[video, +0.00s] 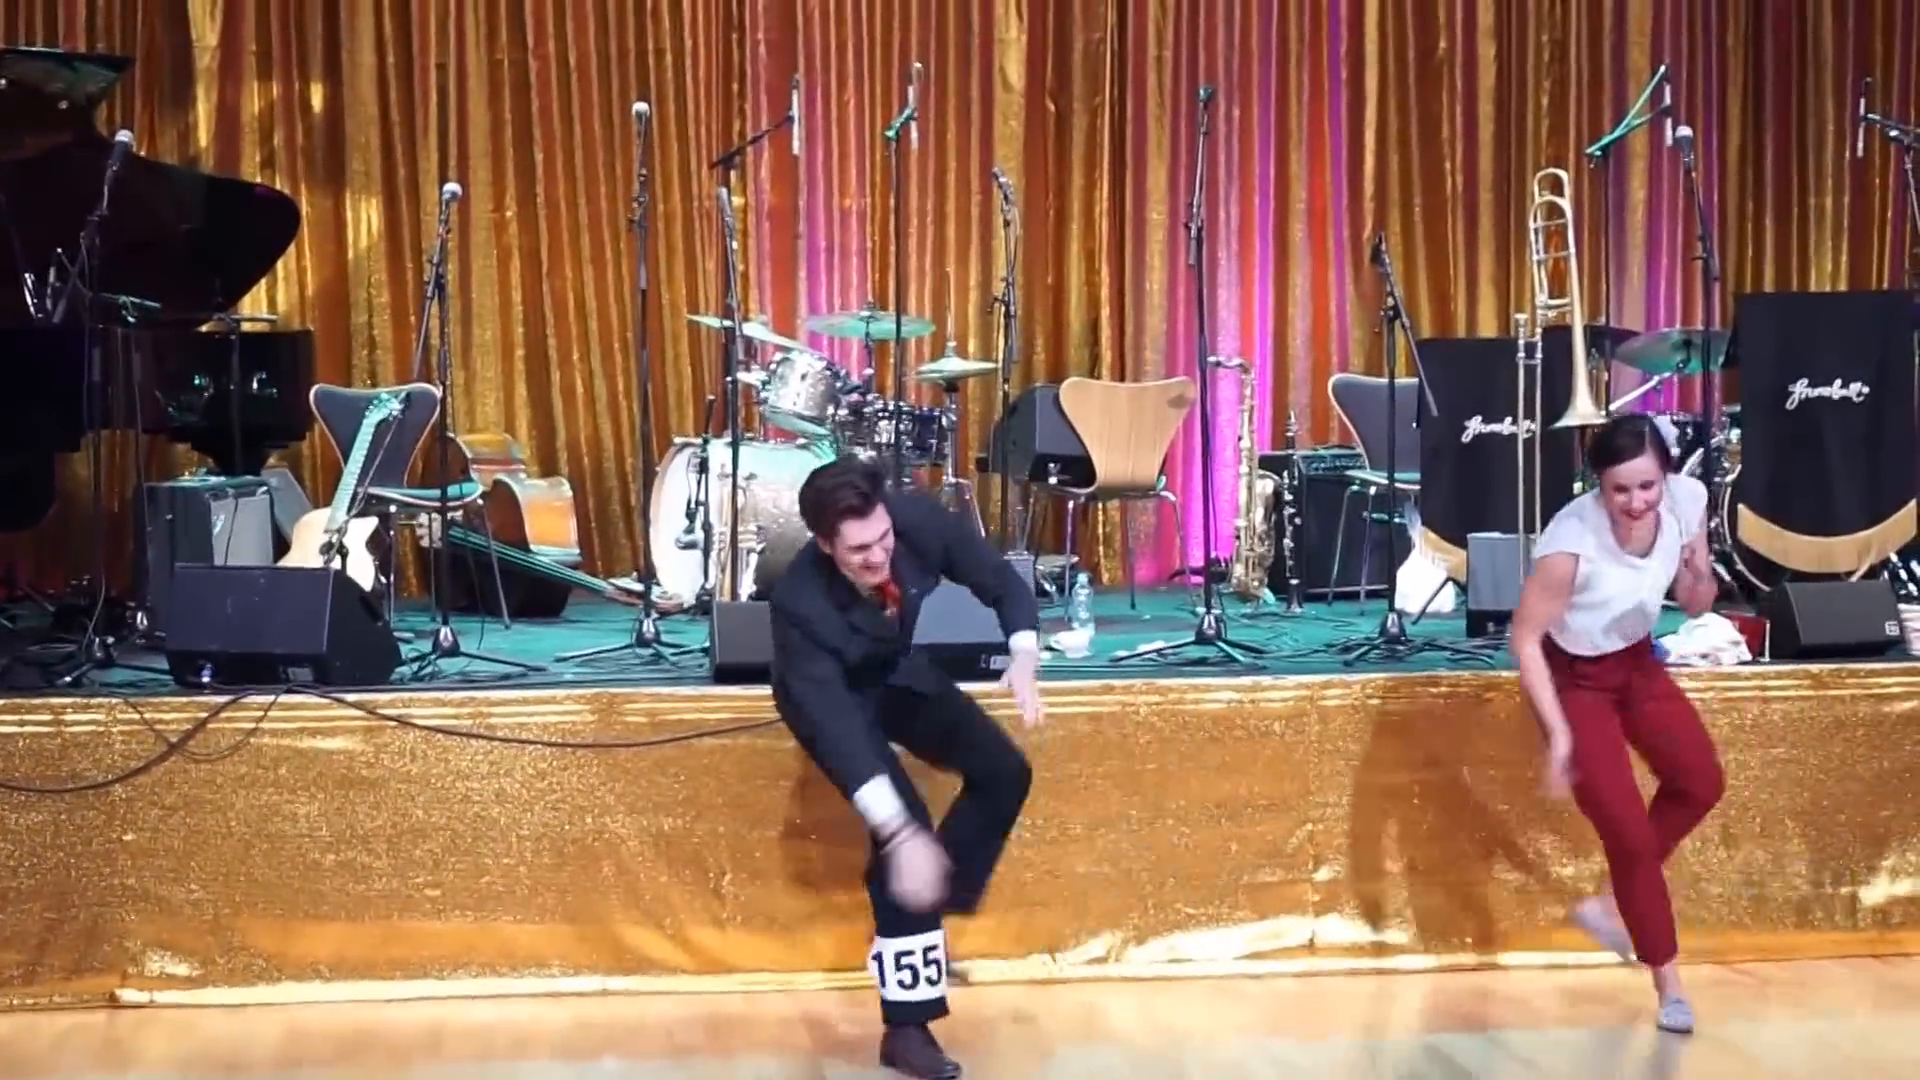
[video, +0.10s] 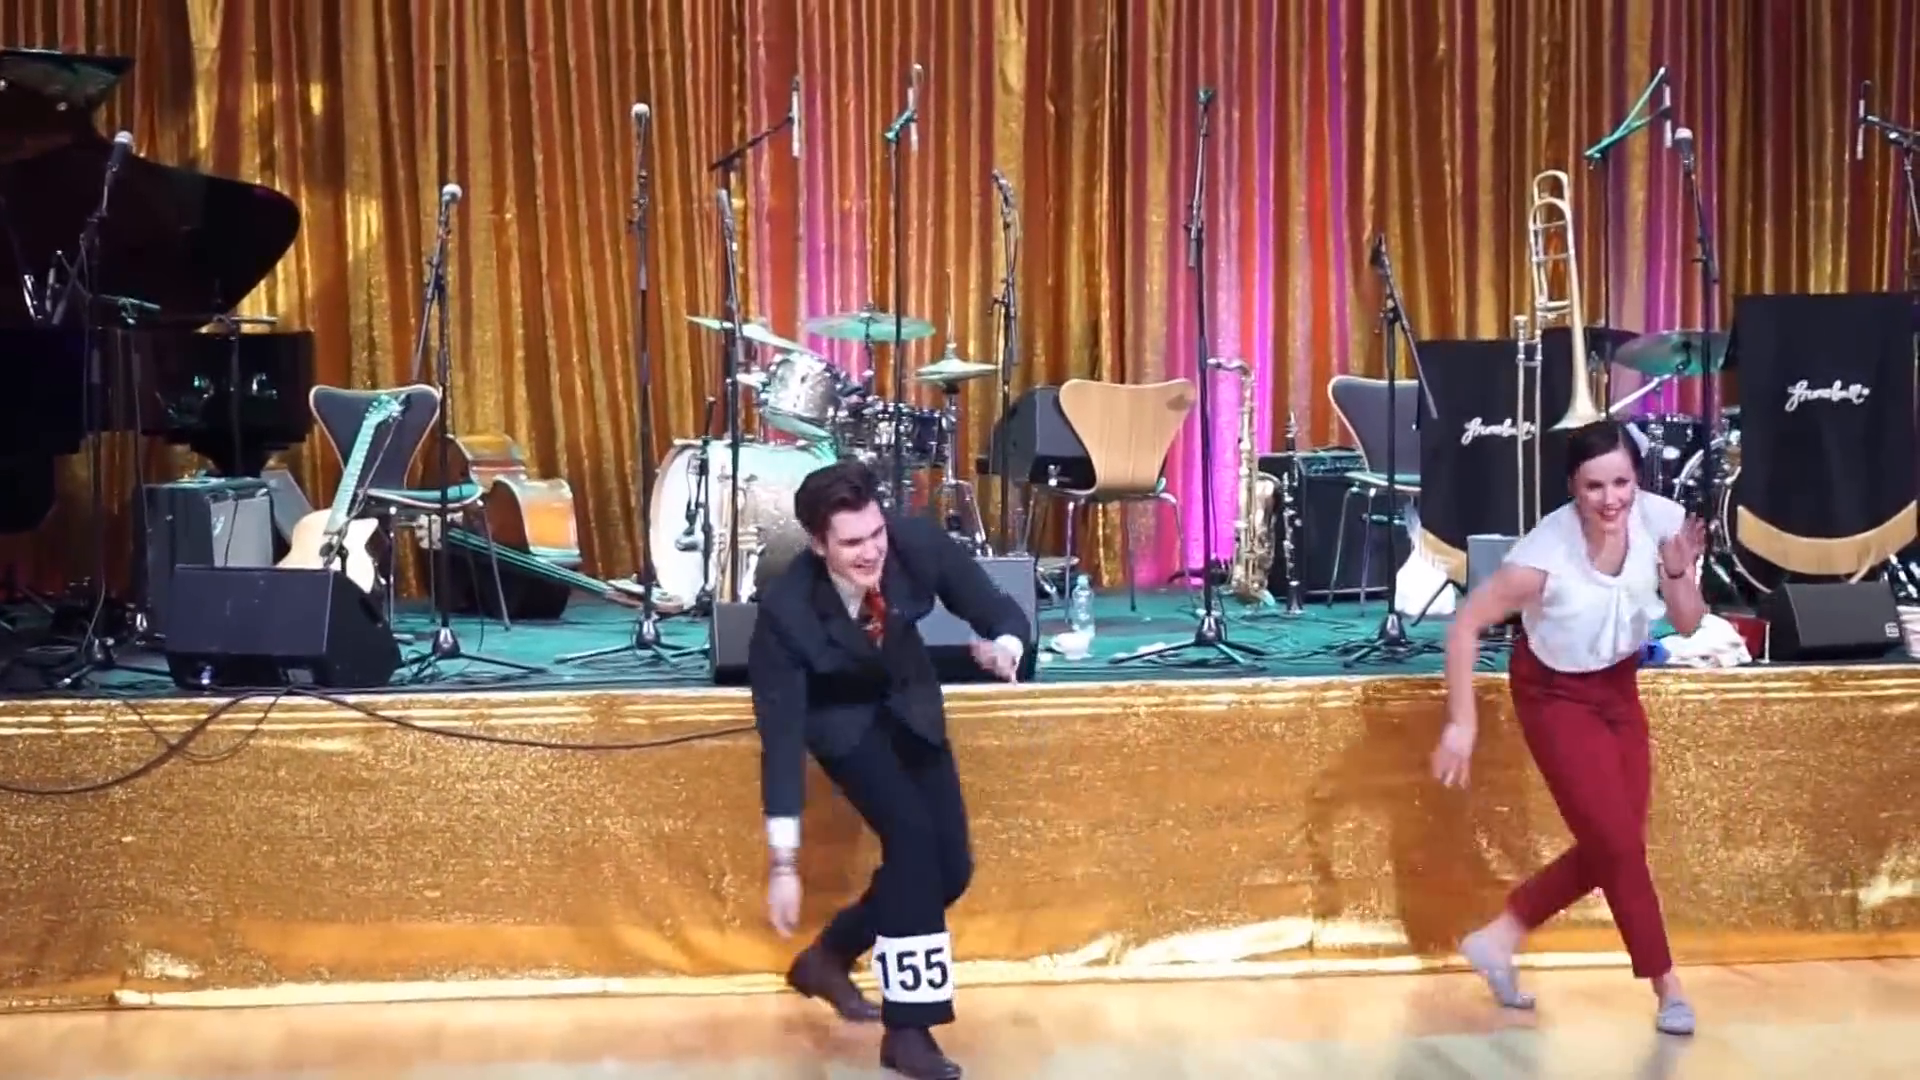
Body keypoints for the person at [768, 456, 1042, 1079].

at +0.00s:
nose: (878, 557)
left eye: (883, 538)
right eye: (860, 549)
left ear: (890, 518)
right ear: (824, 543)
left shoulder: (918, 522)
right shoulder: (800, 600)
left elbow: (1004, 583)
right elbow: (831, 717)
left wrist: (1024, 657)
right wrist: (896, 826)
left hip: (898, 672)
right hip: (826, 695)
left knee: (1004, 772)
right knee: (905, 833)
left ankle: (940, 894)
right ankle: (906, 1027)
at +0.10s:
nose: (871, 552)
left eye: (877, 533)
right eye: (853, 542)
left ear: (886, 521)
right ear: (818, 543)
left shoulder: (915, 543)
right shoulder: (786, 605)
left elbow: (1006, 616)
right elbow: (780, 733)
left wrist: (1005, 647)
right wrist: (783, 859)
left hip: (910, 701)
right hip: (838, 718)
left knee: (950, 867)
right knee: (912, 837)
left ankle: (827, 958)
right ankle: (908, 1032)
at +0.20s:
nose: (873, 523)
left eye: (881, 506)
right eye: (856, 513)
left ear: (892, 498)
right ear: (825, 516)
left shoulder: (917, 527)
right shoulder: (787, 582)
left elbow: (950, 583)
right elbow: (744, 675)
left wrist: (972, 648)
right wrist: (741, 780)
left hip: (901, 688)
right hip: (825, 697)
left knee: (908, 849)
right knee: (888, 827)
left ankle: (812, 974)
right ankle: (891, 1018)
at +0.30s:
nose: (868, 509)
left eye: (877, 492)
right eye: (851, 498)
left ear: (890, 484)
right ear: (822, 498)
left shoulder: (911, 516)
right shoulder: (776, 576)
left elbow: (938, 616)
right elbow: (747, 653)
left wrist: (957, 723)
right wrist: (758, 712)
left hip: (892, 693)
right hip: (810, 701)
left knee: (914, 862)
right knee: (869, 826)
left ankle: (833, 964)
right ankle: (822, 971)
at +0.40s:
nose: (844, 507)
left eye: (856, 490)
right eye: (828, 492)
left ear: (873, 486)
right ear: (803, 492)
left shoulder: (910, 552)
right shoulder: (757, 548)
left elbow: (943, 664)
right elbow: (743, 651)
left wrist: (982, 786)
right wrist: (752, 746)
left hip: (882, 722)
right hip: (799, 724)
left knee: (899, 887)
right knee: (853, 888)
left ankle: (840, 971)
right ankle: (792, 984)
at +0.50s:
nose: (844, 517)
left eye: (856, 501)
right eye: (830, 502)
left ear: (874, 499)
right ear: (804, 501)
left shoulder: (908, 562)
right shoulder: (756, 553)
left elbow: (942, 663)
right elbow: (729, 645)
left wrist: (975, 766)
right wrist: (710, 735)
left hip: (875, 717)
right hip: (790, 715)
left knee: (886, 869)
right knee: (808, 872)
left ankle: (844, 935)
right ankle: (791, 991)